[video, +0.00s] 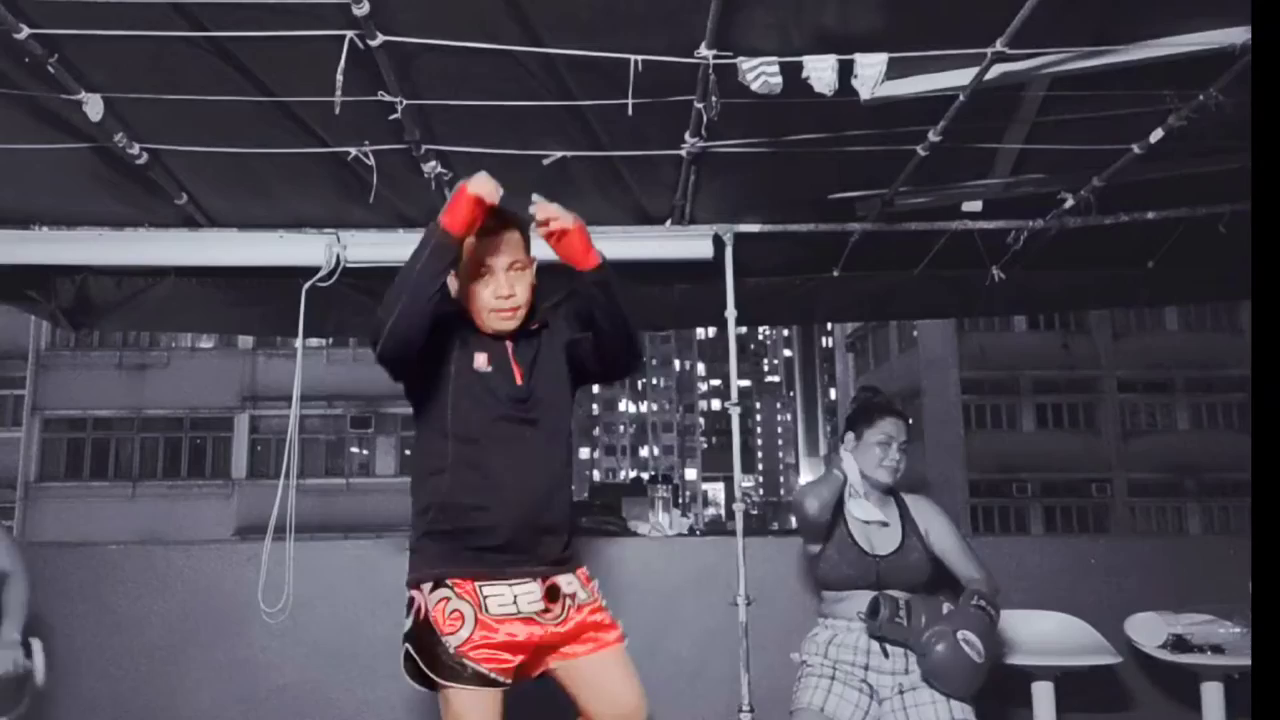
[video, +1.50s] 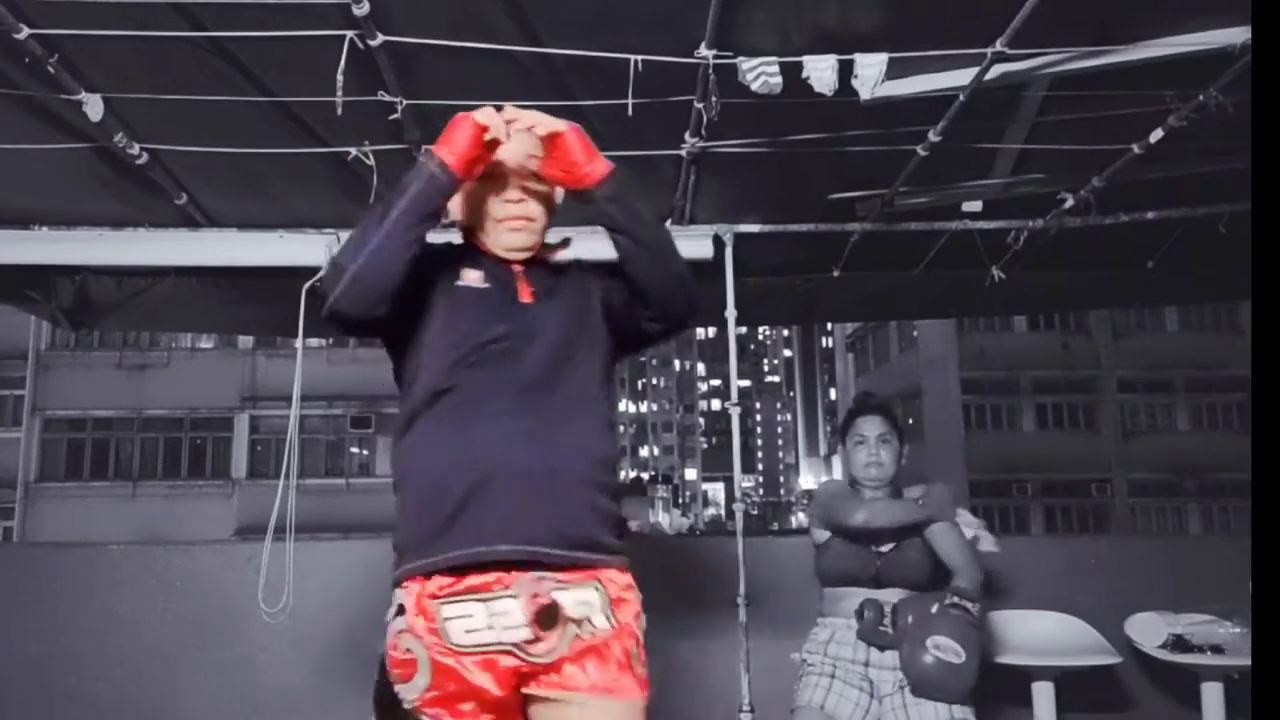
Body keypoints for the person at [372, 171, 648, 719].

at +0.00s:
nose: (505, 286)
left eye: (517, 268)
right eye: (485, 273)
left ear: (533, 272)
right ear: (453, 283)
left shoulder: (558, 342)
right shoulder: (434, 343)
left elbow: (620, 358)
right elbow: (394, 343)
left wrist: (585, 260)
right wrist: (450, 227)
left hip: (556, 573)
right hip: (462, 583)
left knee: (624, 709)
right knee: (474, 713)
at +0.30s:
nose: (530, 279)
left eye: (541, 260)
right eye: (509, 266)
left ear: (560, 262)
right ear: (483, 278)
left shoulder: (598, 343)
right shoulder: (461, 347)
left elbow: (658, 416)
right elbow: (405, 433)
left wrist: (635, 372)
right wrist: (461, 354)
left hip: (588, 579)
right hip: (493, 572)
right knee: (483, 712)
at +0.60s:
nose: (512, 275)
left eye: (526, 258)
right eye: (491, 260)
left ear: (553, 264)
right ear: (469, 273)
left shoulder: (590, 333)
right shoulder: (446, 340)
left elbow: (639, 353)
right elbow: (360, 396)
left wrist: (569, 245)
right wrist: (425, 281)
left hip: (573, 605)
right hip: (466, 600)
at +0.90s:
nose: (432, 261)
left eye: (449, 240)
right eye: (411, 245)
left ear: (479, 247)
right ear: (387, 261)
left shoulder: (518, 299)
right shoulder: (378, 346)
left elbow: (608, 304)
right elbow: (296, 349)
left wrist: (531, 180)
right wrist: (360, 235)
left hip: (557, 505)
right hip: (466, 573)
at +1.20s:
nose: (429, 218)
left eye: (448, 199)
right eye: (408, 203)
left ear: (479, 221)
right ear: (387, 230)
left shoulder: (532, 275)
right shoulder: (370, 322)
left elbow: (597, 269)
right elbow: (283, 327)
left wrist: (506, 151)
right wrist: (344, 200)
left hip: (546, 528)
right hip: (438, 572)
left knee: (606, 484)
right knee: (429, 706)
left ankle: (548, 713)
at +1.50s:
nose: (516, 198)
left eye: (533, 183)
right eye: (495, 182)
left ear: (556, 201)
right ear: (461, 197)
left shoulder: (594, 290)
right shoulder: (423, 279)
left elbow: (675, 302)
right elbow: (345, 300)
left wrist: (597, 180)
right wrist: (441, 167)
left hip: (587, 584)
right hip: (445, 589)